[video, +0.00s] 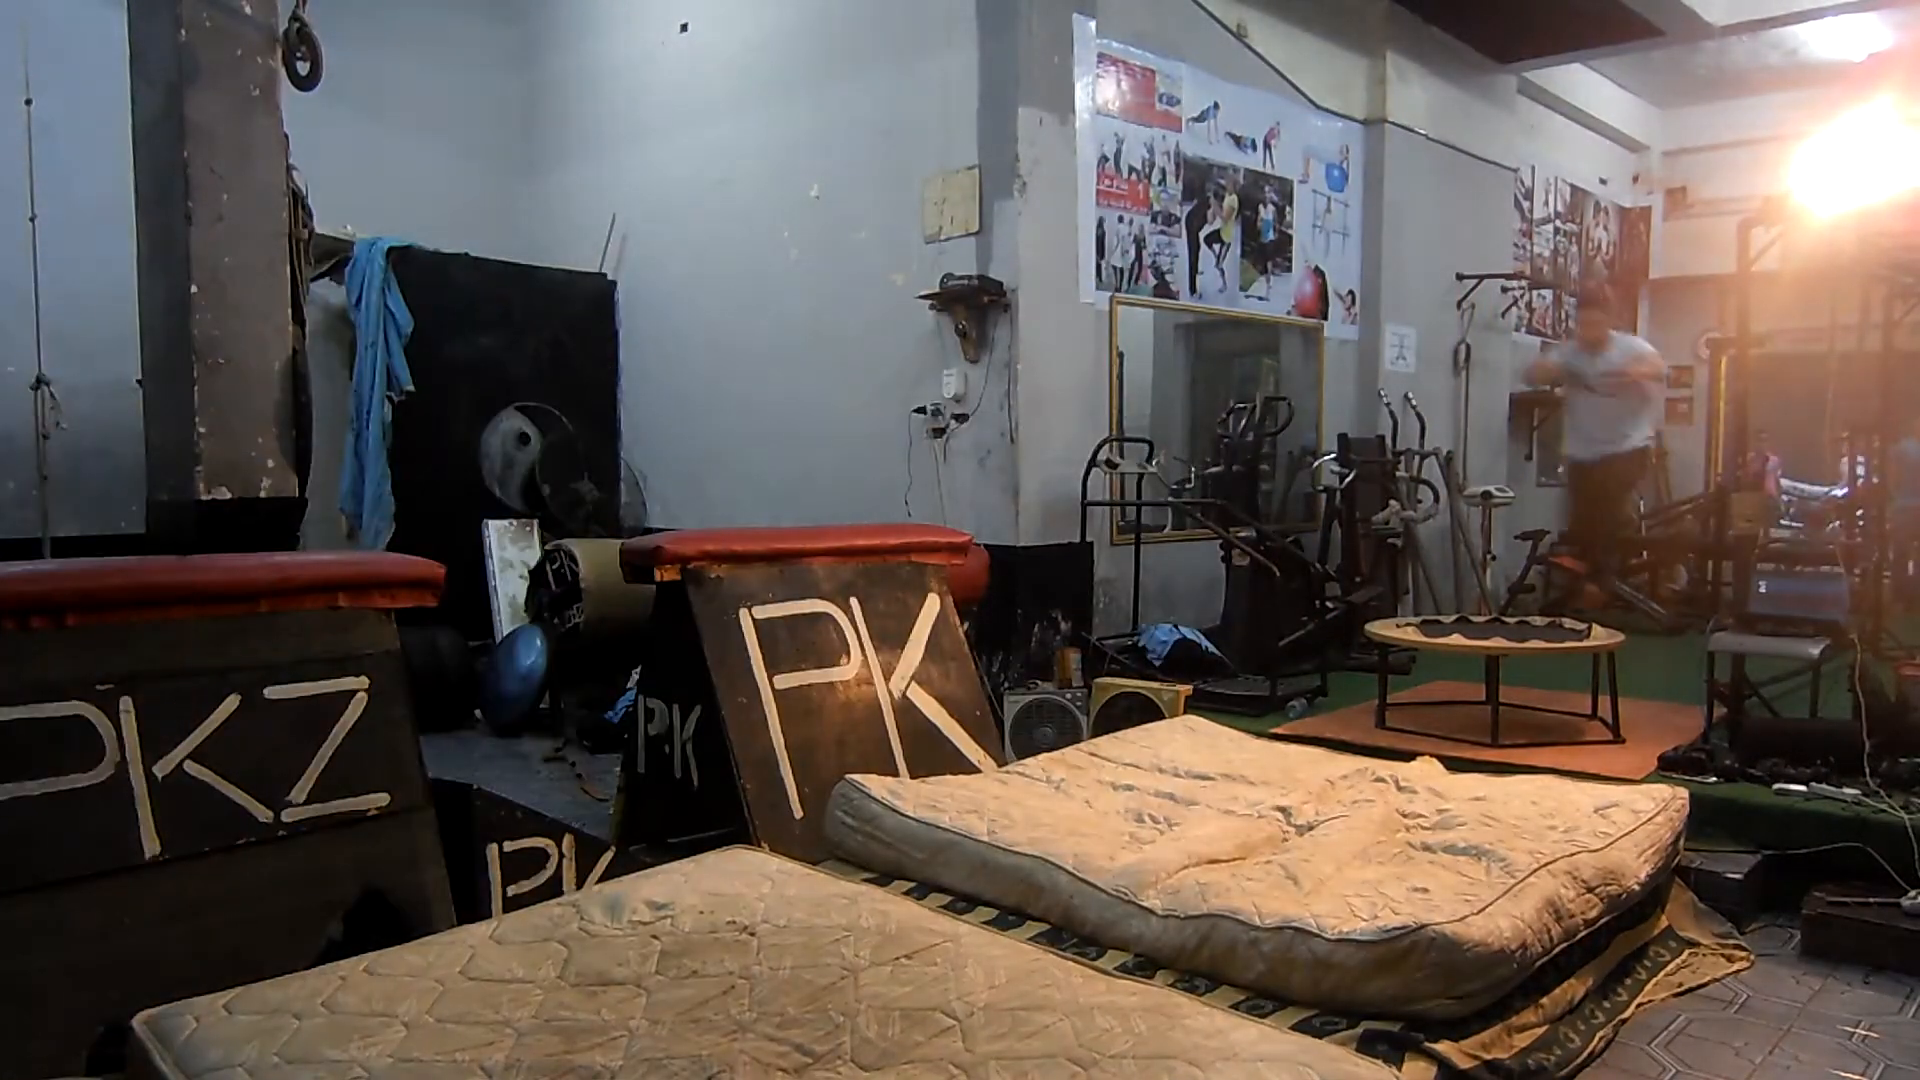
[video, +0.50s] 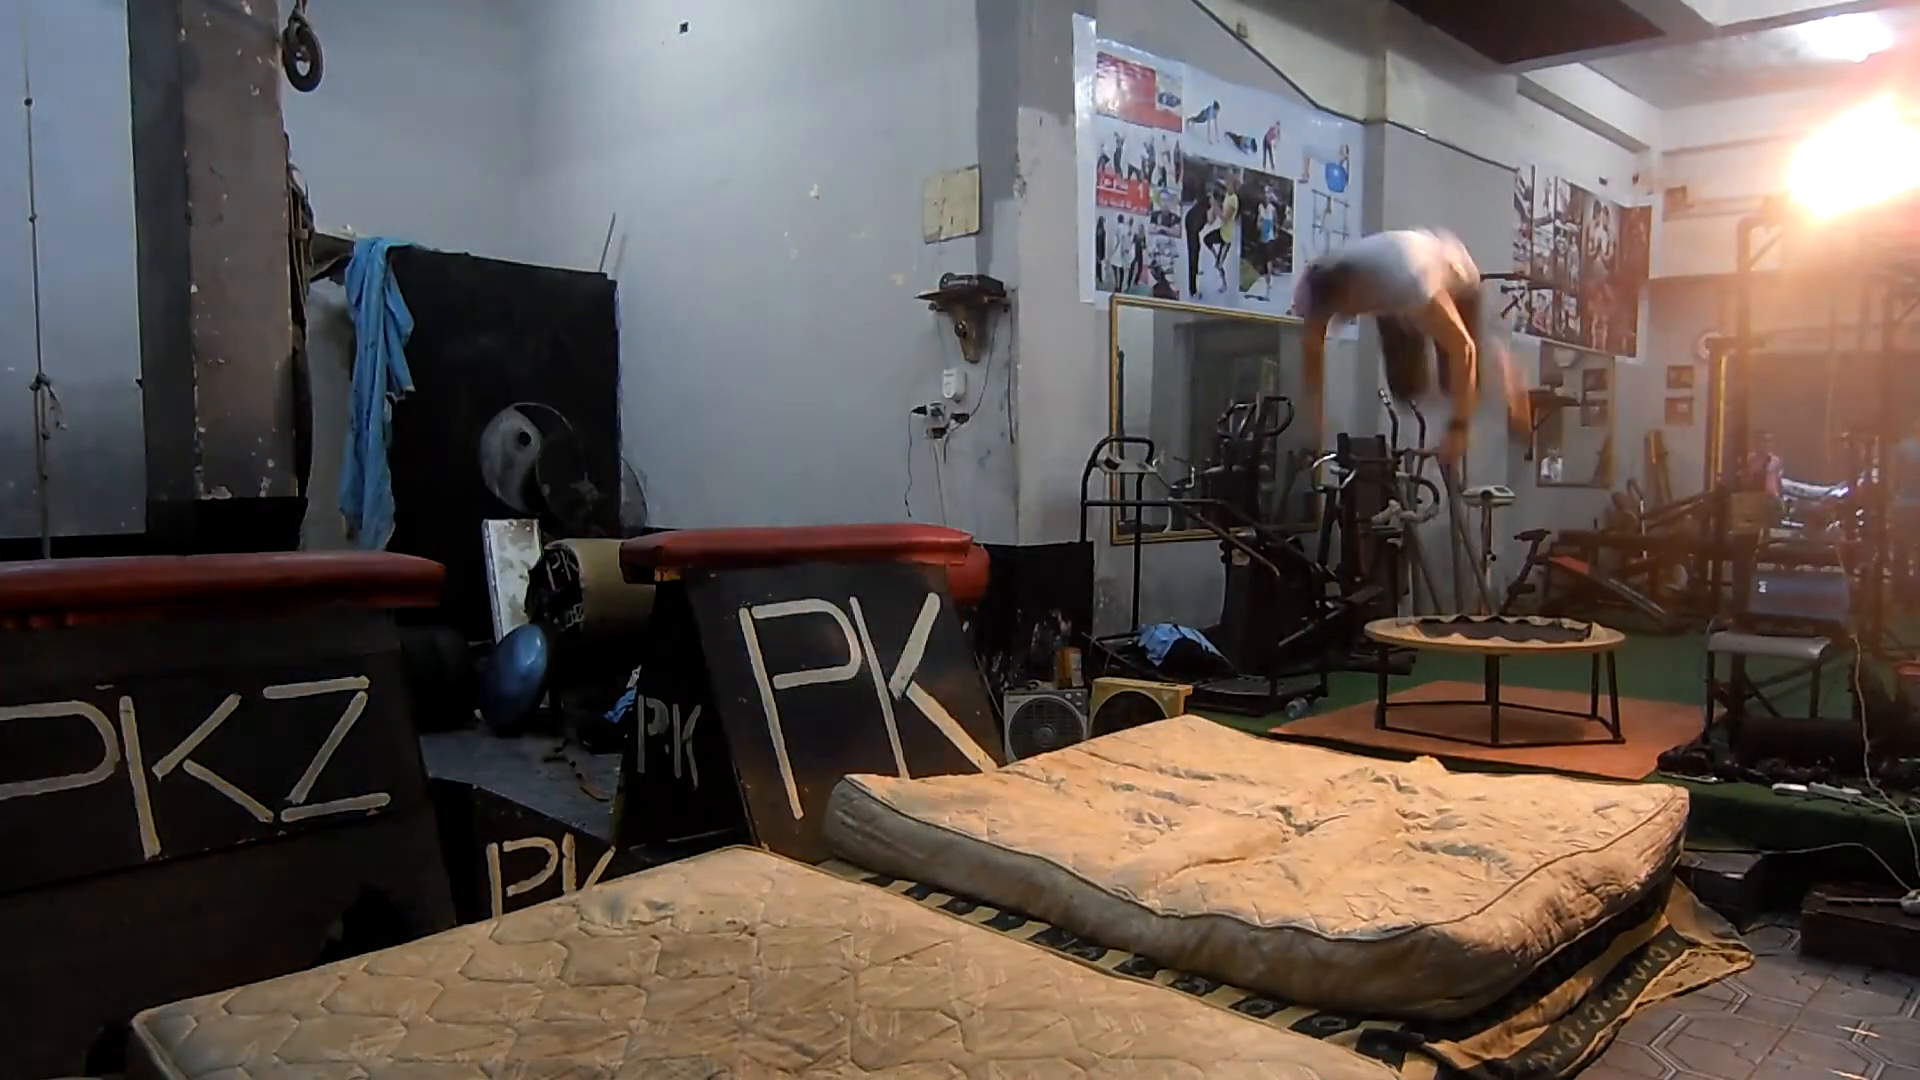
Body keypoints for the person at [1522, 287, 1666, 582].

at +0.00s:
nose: (1589, 331)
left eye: (1595, 323)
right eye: (1583, 323)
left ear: (1608, 322)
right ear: (1576, 323)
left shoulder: (1631, 349)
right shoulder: (1569, 352)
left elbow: (1660, 371)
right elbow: (1532, 374)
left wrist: (1636, 374)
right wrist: (1551, 372)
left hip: (1626, 450)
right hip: (1582, 453)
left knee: (1606, 512)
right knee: (1582, 518)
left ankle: (1602, 579)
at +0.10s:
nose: (1543, 331)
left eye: (1548, 323)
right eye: (1536, 324)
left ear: (1562, 319)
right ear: (1529, 324)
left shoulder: (1581, 342)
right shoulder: (1527, 347)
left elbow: (1607, 346)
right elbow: (1488, 352)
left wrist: (1564, 314)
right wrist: (1482, 323)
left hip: (1595, 444)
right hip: (1549, 444)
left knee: (1570, 508)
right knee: (1521, 503)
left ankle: (1558, 583)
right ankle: (1519, 580)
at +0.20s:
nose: (1501, 346)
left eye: (1508, 338)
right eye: (1495, 338)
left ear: (1520, 336)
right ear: (1485, 338)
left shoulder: (1542, 358)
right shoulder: (1481, 360)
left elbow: (1548, 331)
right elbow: (1435, 333)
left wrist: (1514, 285)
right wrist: (1464, 281)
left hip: (1549, 464)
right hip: (1504, 462)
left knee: (1521, 533)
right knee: (1470, 532)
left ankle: (1512, 622)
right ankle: (1445, 611)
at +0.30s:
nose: (1460, 316)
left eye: (1465, 308)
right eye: (1451, 310)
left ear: (1480, 310)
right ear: (1441, 317)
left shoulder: (1502, 347)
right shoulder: (1437, 348)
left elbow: (1488, 303)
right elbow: (1382, 308)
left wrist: (1450, 249)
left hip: (1502, 465)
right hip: (1453, 464)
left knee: (1485, 555)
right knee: (1437, 555)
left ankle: (1490, 644)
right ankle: (1431, 639)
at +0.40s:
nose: (1398, 277)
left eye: (1399, 268)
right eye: (1392, 272)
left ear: (1414, 251)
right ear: (1387, 267)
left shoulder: (1452, 263)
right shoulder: (1386, 281)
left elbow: (1460, 304)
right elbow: (1331, 304)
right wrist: (1275, 340)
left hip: (1482, 382)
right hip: (1432, 385)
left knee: (1490, 475)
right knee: (1430, 483)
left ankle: (1508, 580)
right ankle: (1429, 590)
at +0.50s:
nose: (1340, 316)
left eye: (1338, 307)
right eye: (1331, 311)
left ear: (1346, 289)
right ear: (1319, 297)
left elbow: (1464, 349)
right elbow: (1313, 356)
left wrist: (1459, 429)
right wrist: (1315, 432)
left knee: (1455, 388)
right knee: (1406, 391)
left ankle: (1502, 360)